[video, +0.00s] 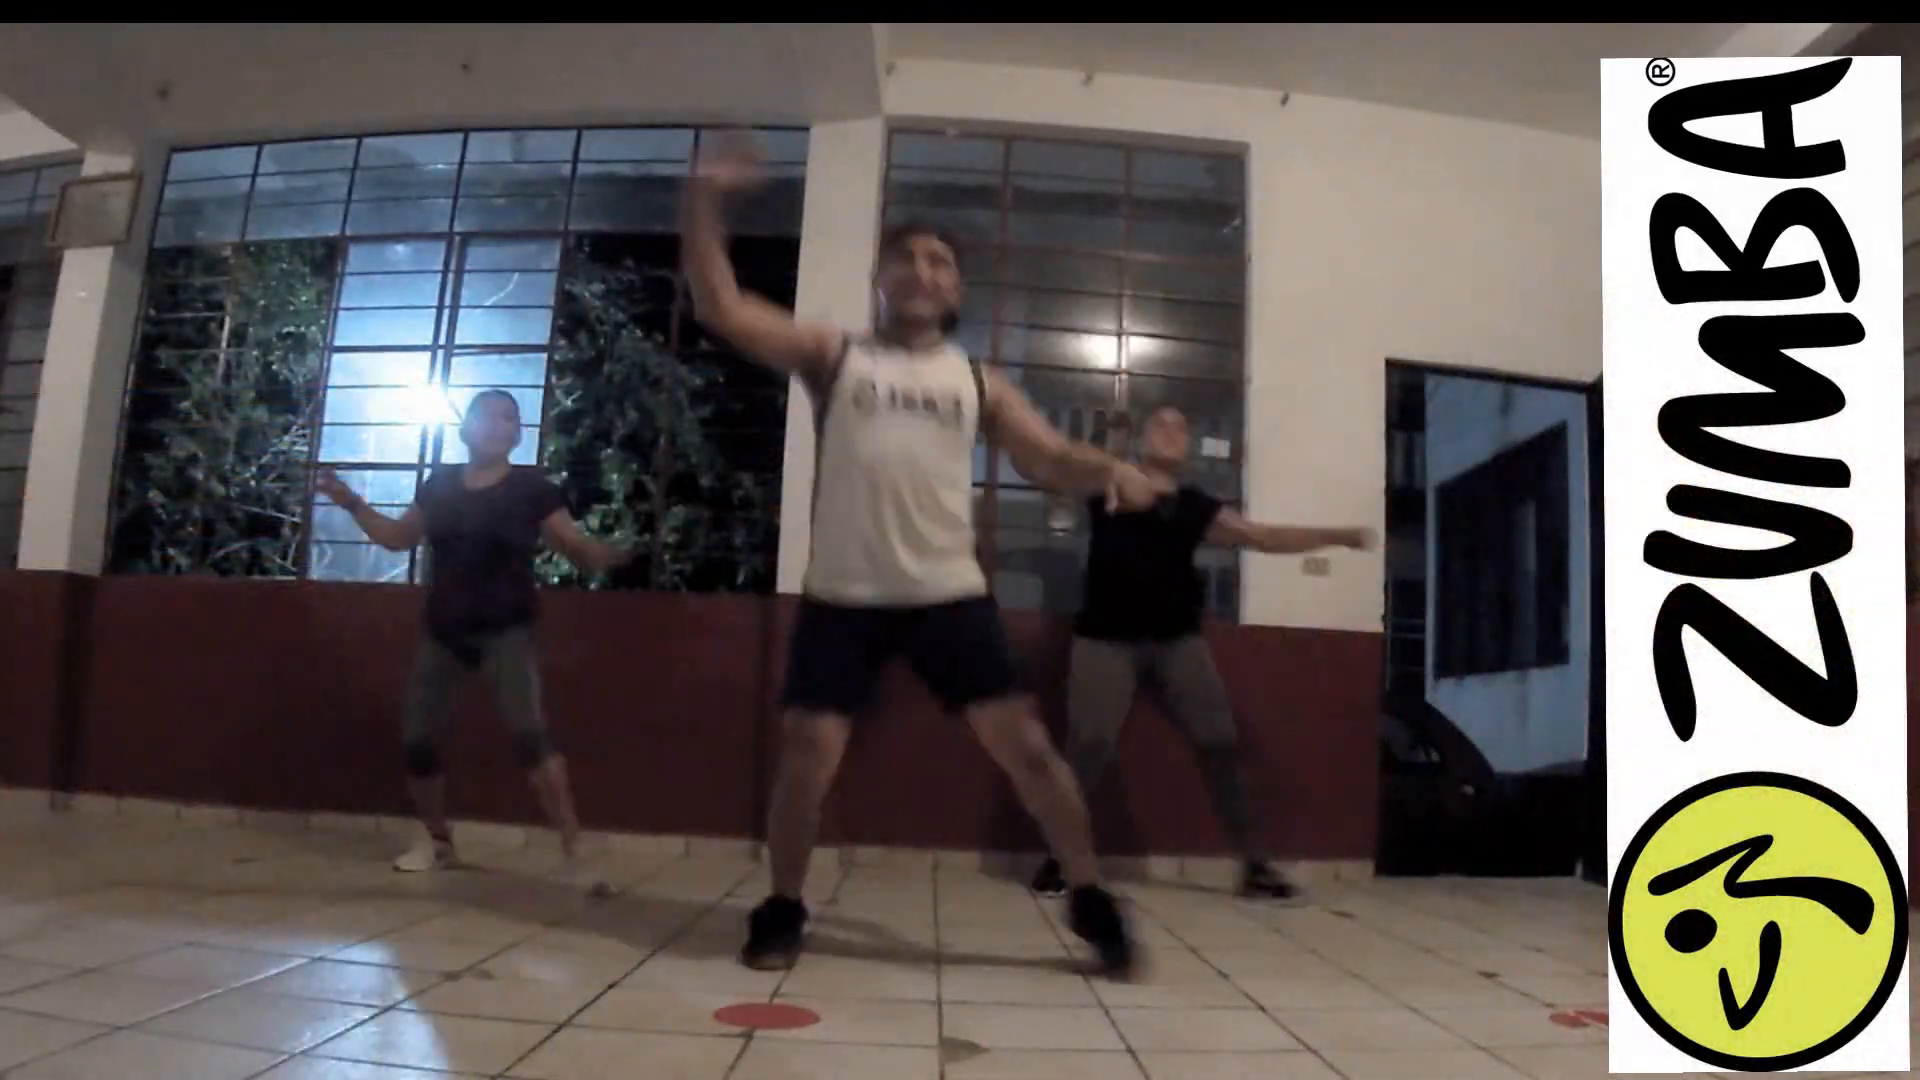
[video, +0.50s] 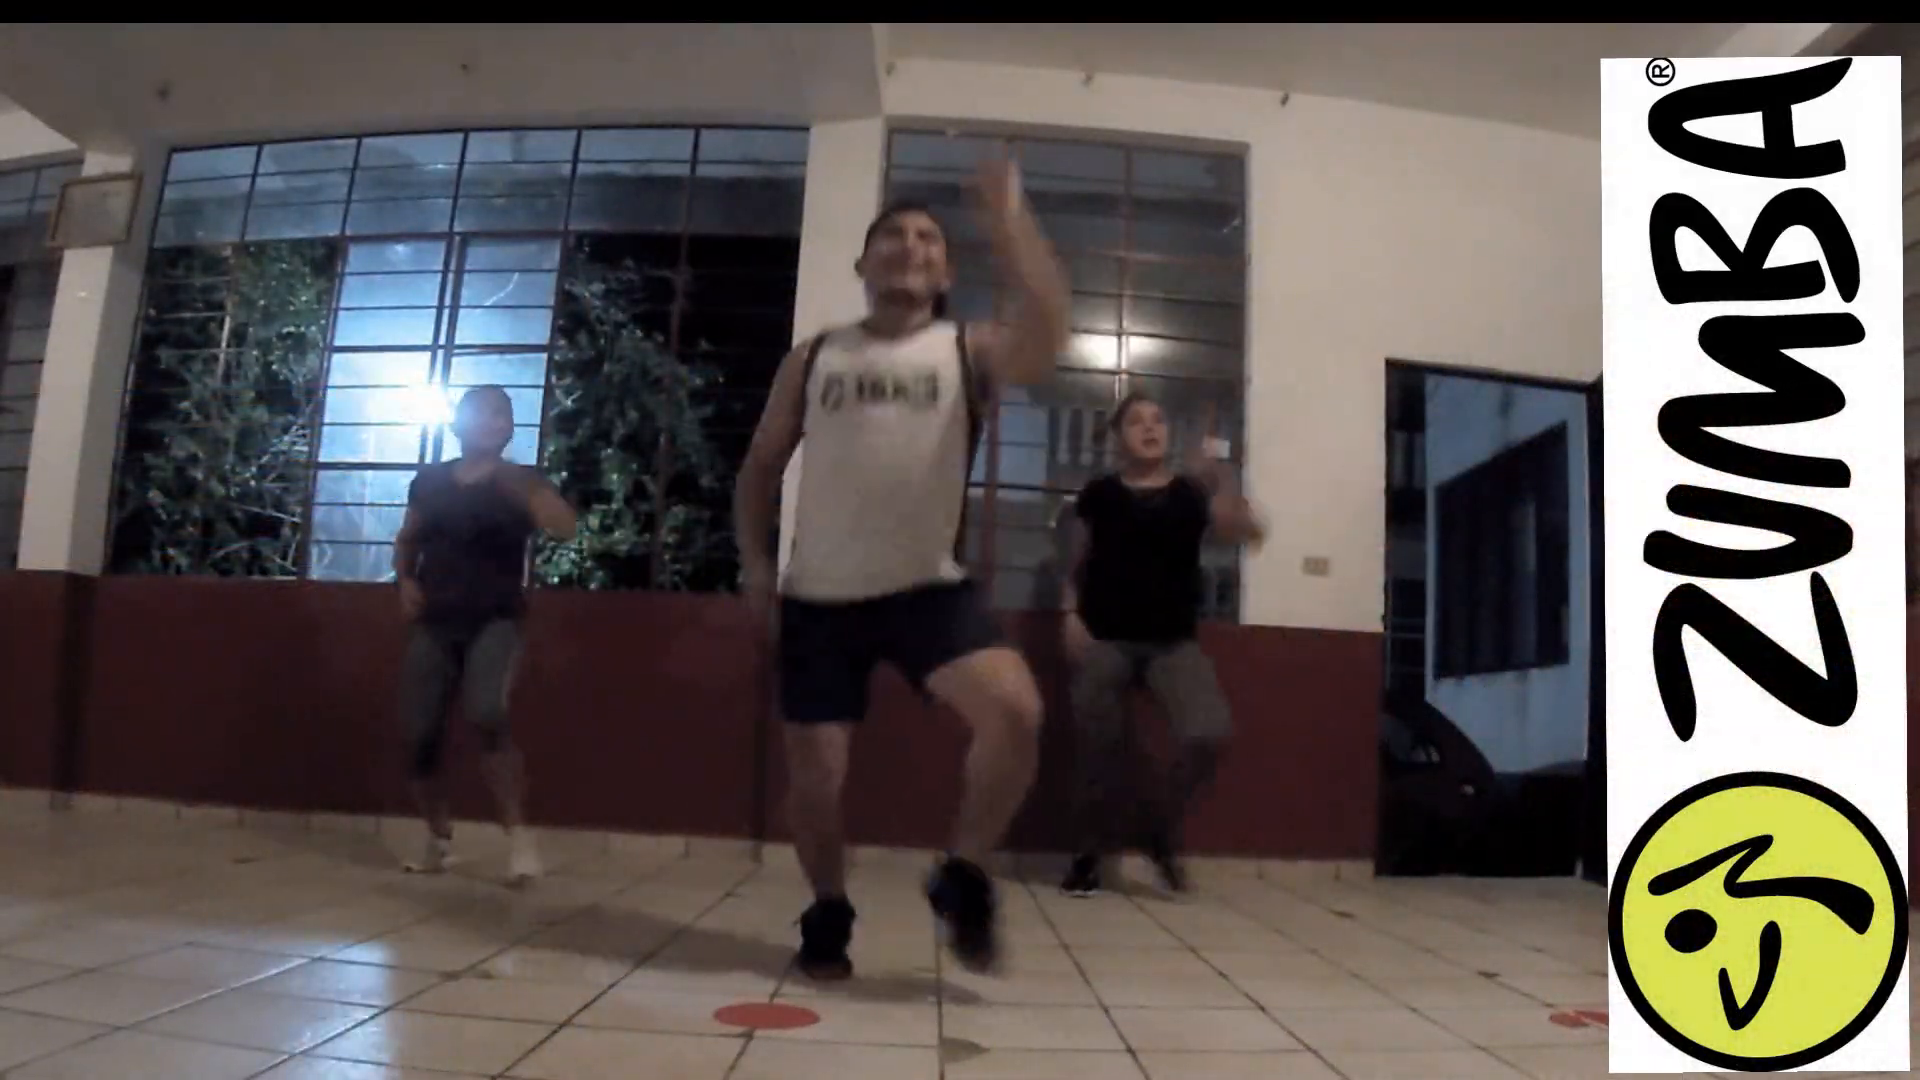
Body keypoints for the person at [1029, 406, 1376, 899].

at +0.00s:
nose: (1169, 436)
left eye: (1178, 430)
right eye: (1160, 427)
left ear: (1189, 446)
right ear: (1141, 438)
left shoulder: (1192, 505)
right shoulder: (1109, 485)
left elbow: (1261, 537)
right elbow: (1054, 472)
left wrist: (1337, 537)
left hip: (1175, 638)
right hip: (1106, 637)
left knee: (1218, 741)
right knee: (1090, 747)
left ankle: (1254, 865)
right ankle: (1061, 858)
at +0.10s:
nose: (1154, 407)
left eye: (1161, 402)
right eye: (1143, 400)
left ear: (1171, 417)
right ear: (1122, 414)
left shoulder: (1186, 469)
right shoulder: (1102, 460)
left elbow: (1236, 502)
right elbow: (1031, 449)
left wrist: (1268, 520)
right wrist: (1044, 449)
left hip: (1174, 605)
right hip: (1107, 606)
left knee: (1195, 720)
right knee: (1093, 725)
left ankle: (1183, 842)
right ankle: (1063, 846)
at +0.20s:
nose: (1147, 401)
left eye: (1155, 394)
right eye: (1135, 393)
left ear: (1166, 408)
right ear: (1114, 406)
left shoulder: (1183, 458)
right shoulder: (1097, 450)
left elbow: (1231, 510)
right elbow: (1032, 477)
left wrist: (1235, 534)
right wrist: (1072, 469)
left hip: (1171, 601)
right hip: (1105, 599)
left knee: (1167, 722)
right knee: (1093, 720)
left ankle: (1134, 825)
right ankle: (1075, 839)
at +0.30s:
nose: (1141, 422)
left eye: (1149, 414)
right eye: (1129, 415)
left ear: (1163, 427)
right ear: (1112, 431)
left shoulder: (1186, 490)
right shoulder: (1092, 487)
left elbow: (1210, 562)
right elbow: (1047, 535)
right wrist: (1046, 524)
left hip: (1162, 632)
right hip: (1099, 629)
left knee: (1142, 744)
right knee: (1095, 739)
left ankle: (1109, 846)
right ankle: (1081, 853)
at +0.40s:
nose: (1144, 439)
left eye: (1151, 430)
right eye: (1132, 431)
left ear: (1164, 443)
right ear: (1113, 446)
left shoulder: (1187, 506)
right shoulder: (1090, 504)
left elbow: (1214, 579)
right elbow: (1064, 564)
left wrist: (1173, 599)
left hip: (1160, 649)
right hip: (1093, 643)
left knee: (1162, 759)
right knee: (1093, 750)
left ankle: (1119, 843)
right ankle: (1083, 855)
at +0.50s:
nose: (1150, 431)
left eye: (1157, 422)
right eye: (1138, 424)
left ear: (1169, 433)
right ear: (1118, 437)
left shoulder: (1191, 494)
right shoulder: (1098, 497)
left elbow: (1242, 529)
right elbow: (1070, 565)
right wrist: (1070, 616)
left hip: (1172, 640)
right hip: (1106, 638)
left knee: (1208, 732)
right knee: (1097, 742)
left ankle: (1162, 834)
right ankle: (1087, 851)